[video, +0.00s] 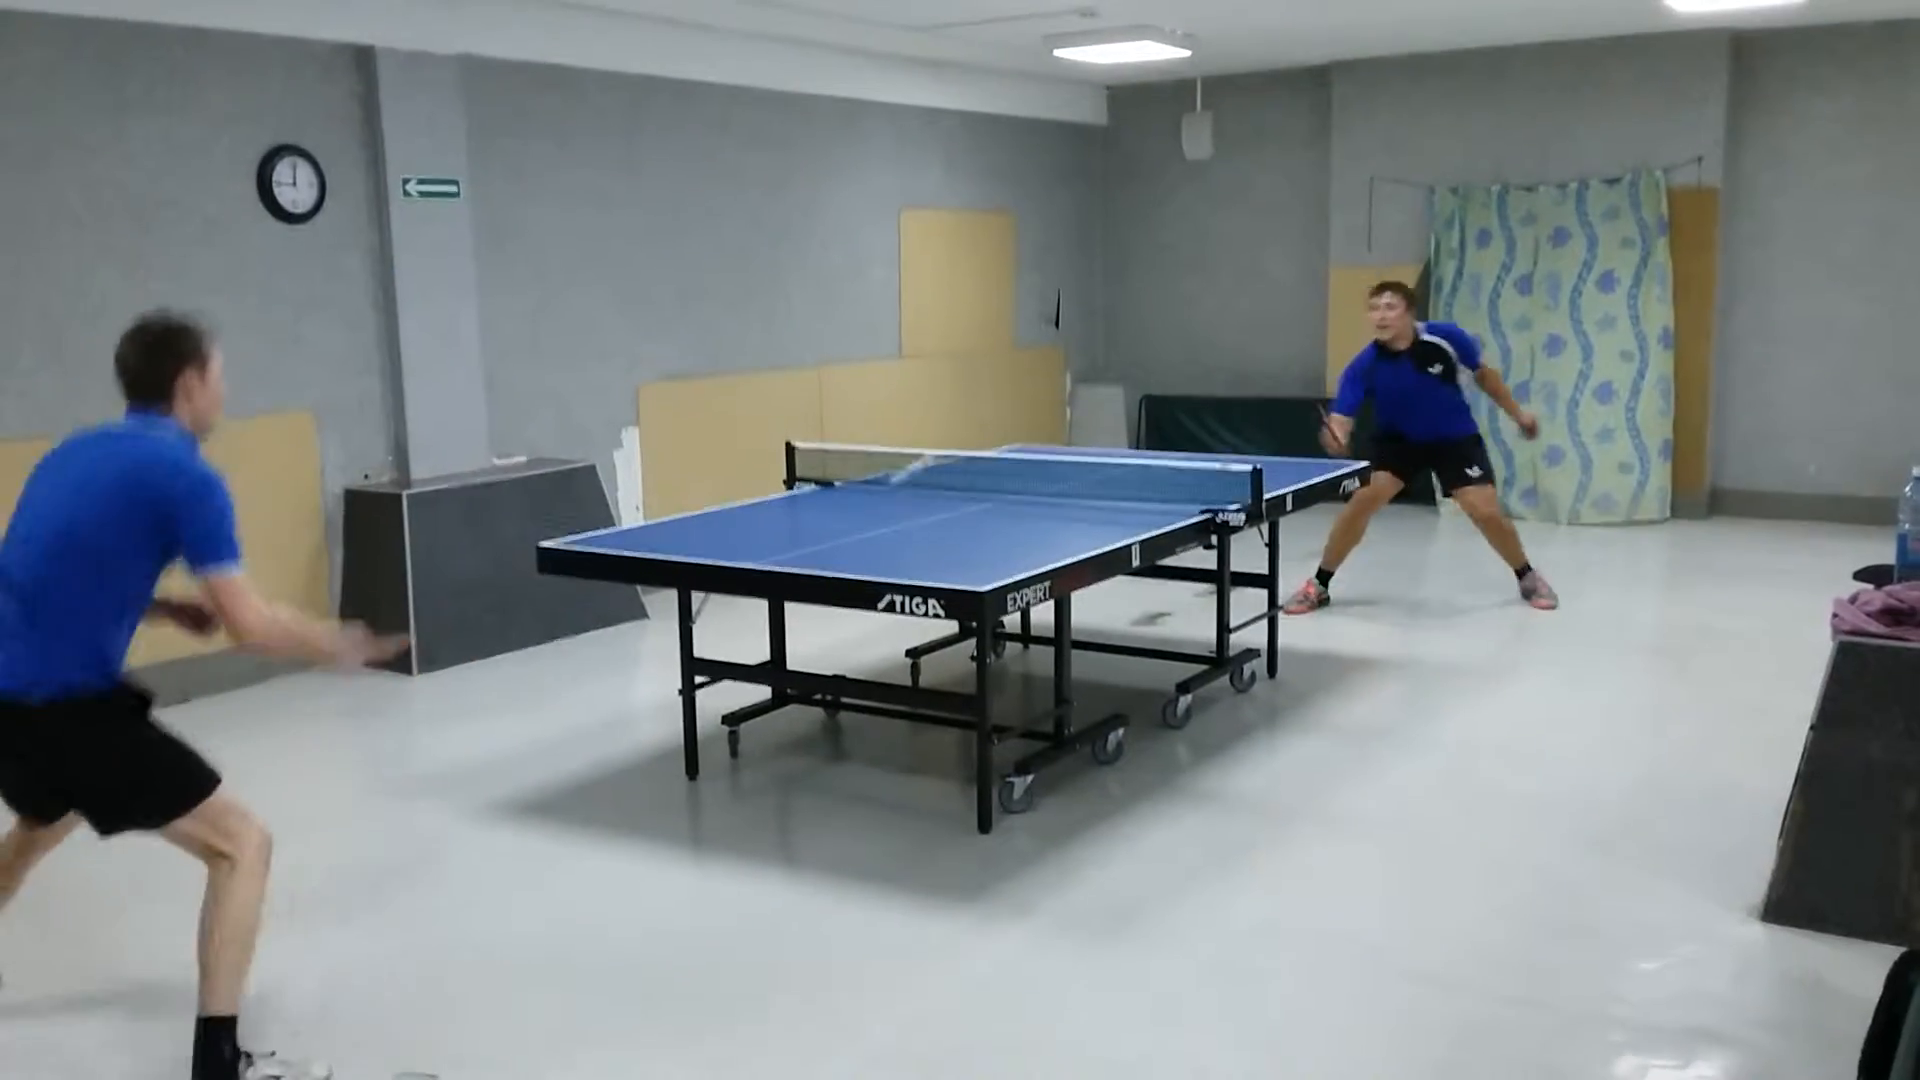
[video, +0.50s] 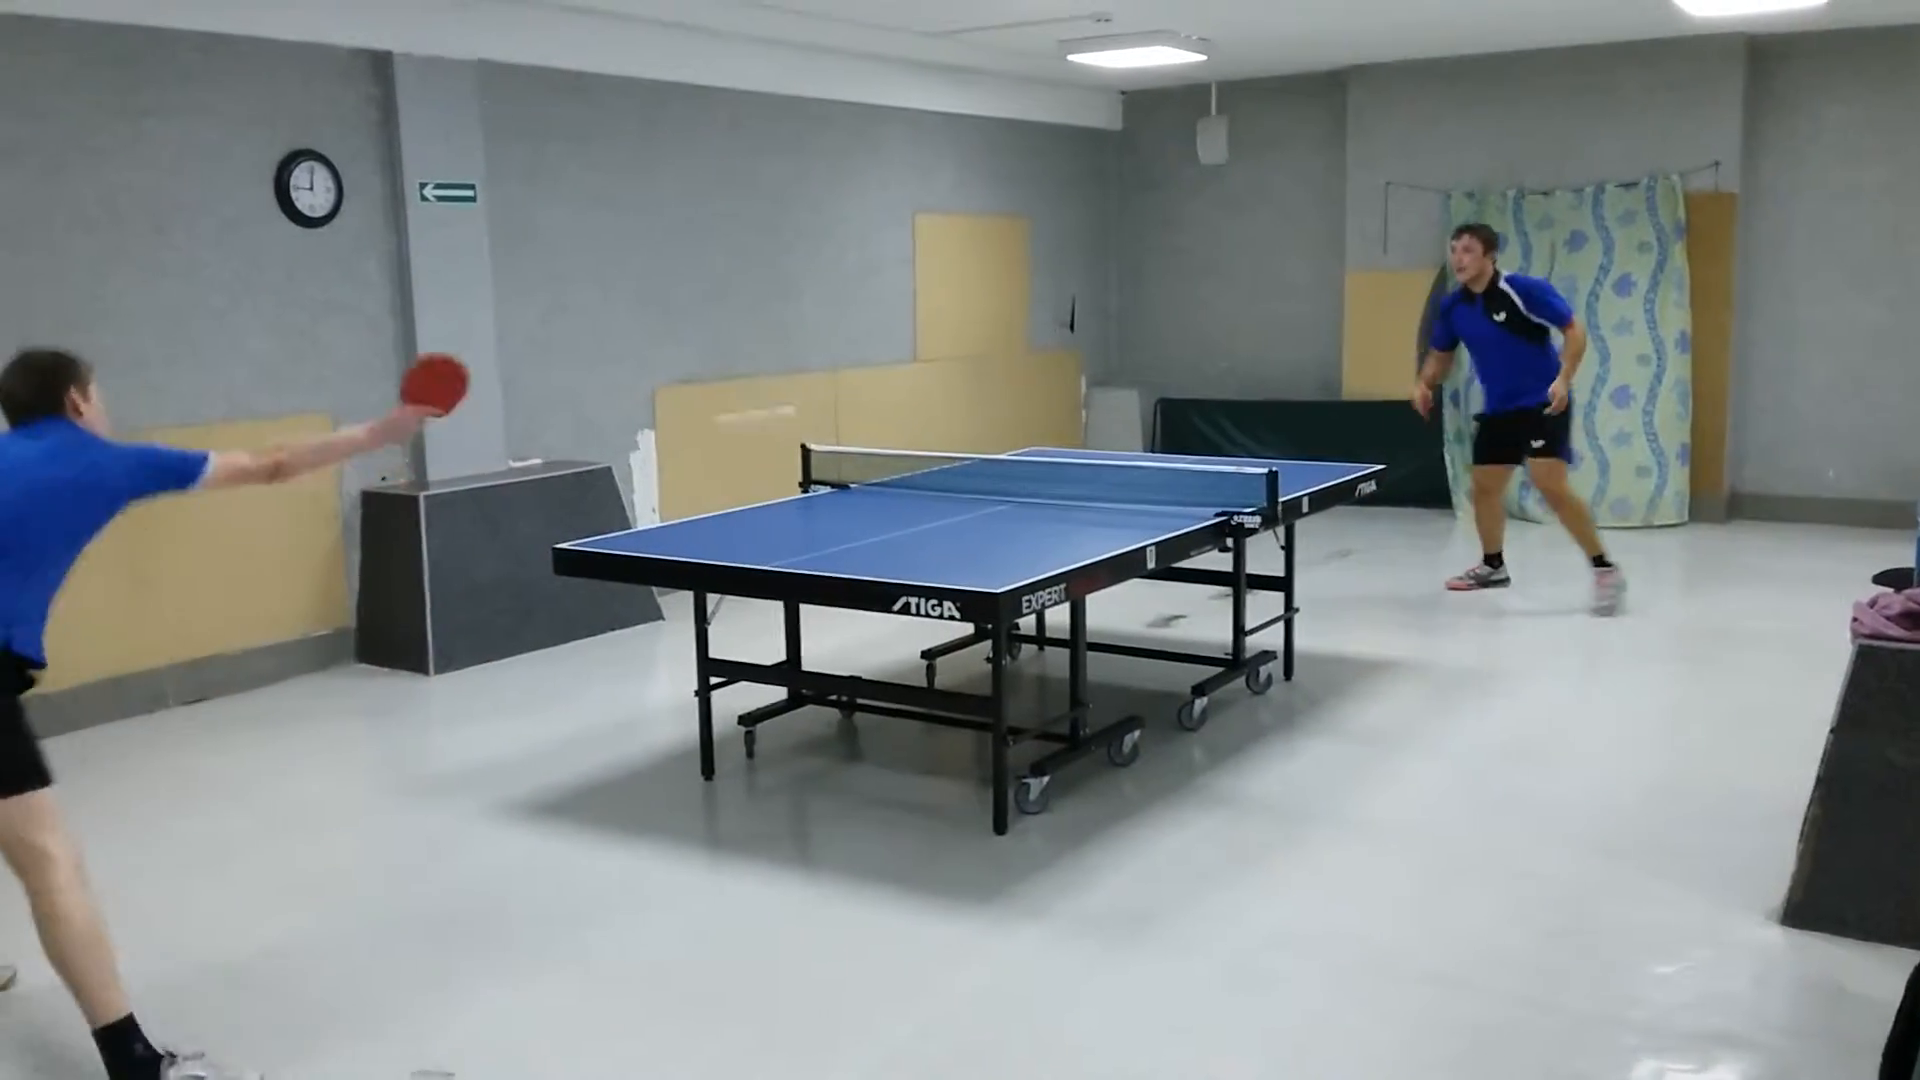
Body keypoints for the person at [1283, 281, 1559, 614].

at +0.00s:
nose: (1381, 316)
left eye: (1390, 307)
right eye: (1375, 309)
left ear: (1409, 311)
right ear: (1368, 316)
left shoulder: (1446, 340)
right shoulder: (1364, 366)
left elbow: (1484, 375)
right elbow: (1341, 420)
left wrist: (1517, 414)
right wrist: (1336, 438)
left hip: (1455, 440)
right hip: (1399, 445)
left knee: (1484, 511)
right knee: (1364, 499)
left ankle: (1527, 578)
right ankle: (1318, 585)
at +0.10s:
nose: (1414, 300)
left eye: (1424, 291)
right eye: (1410, 292)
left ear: (1444, 296)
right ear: (1404, 298)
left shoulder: (1480, 330)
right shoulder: (1396, 347)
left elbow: (1520, 370)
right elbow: (1376, 399)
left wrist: (1548, 418)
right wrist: (1372, 428)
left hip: (1481, 431)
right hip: (1422, 434)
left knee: (1504, 502)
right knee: (1382, 492)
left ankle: (1536, 576)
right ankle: (1326, 578)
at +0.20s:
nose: (1432, 279)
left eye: (1443, 272)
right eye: (1429, 272)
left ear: (1464, 279)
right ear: (1425, 279)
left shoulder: (1499, 313)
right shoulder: (1419, 325)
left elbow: (1546, 355)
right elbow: (1404, 374)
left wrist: (1563, 410)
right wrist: (1395, 404)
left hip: (1503, 419)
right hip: (1445, 420)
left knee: (1513, 493)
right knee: (1405, 481)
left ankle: (1539, 577)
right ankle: (1353, 570)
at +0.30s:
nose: (1442, 254)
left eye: (1452, 247)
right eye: (1439, 247)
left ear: (1475, 253)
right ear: (1435, 253)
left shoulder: (1512, 291)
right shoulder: (1430, 302)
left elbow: (1557, 330)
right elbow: (1415, 350)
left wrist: (1567, 382)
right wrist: (1402, 385)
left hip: (1517, 403)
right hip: (1463, 403)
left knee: (1521, 487)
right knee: (1428, 474)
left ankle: (1542, 575)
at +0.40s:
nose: (1447, 247)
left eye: (1457, 240)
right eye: (1444, 240)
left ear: (1480, 247)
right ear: (1440, 246)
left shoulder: (1515, 280)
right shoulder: (1436, 295)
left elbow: (1562, 318)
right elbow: (1420, 343)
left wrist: (1566, 371)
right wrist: (1412, 378)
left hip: (1529, 395)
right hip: (1478, 398)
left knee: (1532, 480)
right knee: (1459, 477)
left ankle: (1565, 567)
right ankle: (1472, 559)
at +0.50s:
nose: (1459, 259)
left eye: (1468, 251)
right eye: (1455, 252)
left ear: (1489, 256)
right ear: (1452, 258)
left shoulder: (1524, 290)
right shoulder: (1454, 307)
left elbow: (1575, 331)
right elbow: (1440, 354)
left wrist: (1563, 381)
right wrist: (1425, 381)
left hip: (1544, 403)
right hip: (1499, 410)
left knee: (1549, 482)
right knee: (1484, 486)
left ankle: (1605, 569)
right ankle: (1493, 566)